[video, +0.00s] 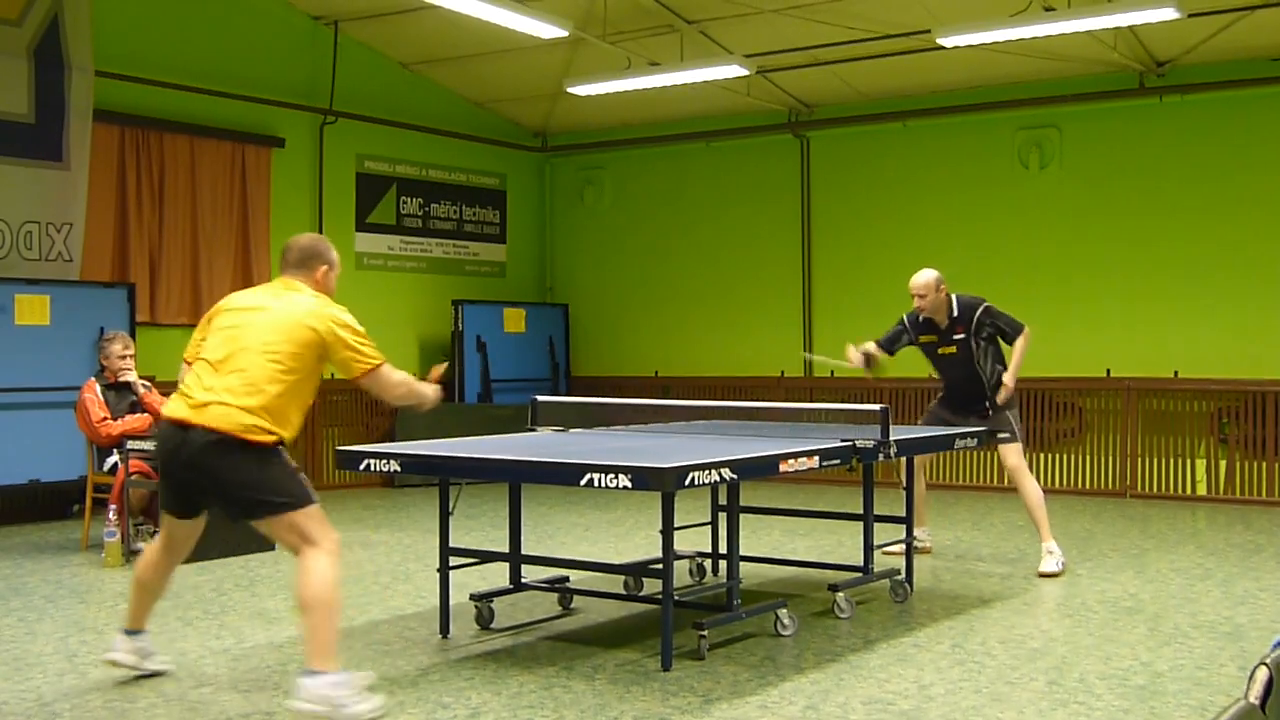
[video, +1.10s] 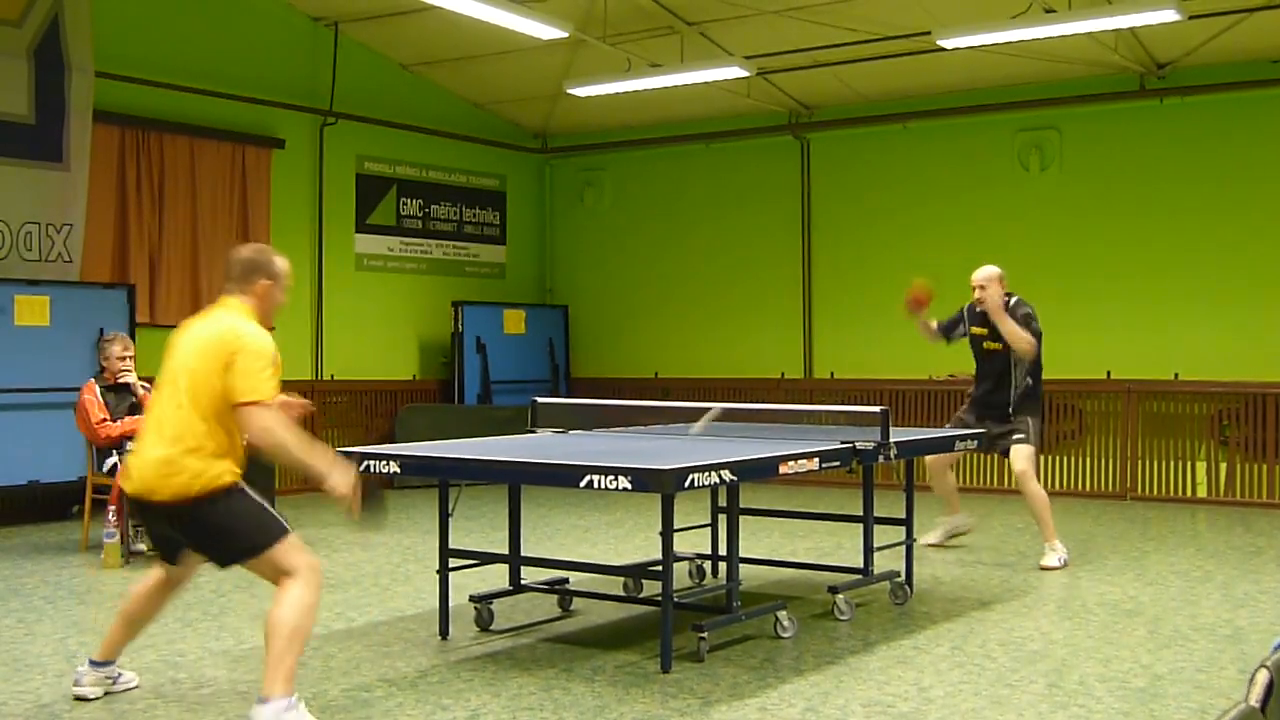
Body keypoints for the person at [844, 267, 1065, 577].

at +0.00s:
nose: (917, 303)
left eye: (922, 296)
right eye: (913, 297)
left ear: (942, 292)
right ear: (912, 295)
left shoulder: (974, 309)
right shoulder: (914, 322)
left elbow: (1020, 333)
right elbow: (882, 348)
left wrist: (1010, 378)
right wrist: (863, 351)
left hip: (993, 401)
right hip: (951, 402)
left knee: (1014, 464)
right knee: (912, 458)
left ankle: (1049, 547)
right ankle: (919, 535)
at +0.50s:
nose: (945, 291)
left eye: (951, 286)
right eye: (942, 286)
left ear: (971, 287)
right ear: (942, 289)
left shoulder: (999, 309)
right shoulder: (946, 319)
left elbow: (1035, 346)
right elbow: (930, 351)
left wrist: (1009, 386)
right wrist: (912, 369)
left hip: (1023, 399)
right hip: (981, 399)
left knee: (1042, 466)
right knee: (950, 458)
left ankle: (1070, 543)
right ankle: (954, 531)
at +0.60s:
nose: (943, 296)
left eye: (949, 289)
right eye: (941, 291)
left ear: (969, 289)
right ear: (941, 294)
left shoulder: (999, 312)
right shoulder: (948, 324)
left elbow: (1035, 350)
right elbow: (938, 366)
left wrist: (1012, 390)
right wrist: (920, 395)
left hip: (1024, 400)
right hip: (982, 400)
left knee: (1041, 466)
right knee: (952, 460)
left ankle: (1070, 543)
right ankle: (954, 532)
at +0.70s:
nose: (939, 304)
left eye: (944, 297)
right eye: (937, 298)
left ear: (965, 293)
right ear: (952, 297)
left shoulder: (995, 316)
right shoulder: (959, 328)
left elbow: (1026, 356)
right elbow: (976, 373)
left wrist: (992, 391)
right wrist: (959, 408)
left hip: (1027, 405)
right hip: (991, 404)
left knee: (1039, 475)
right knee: (956, 457)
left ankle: (1090, 542)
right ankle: (954, 531)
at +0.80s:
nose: (943, 303)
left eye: (946, 296)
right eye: (942, 297)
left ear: (966, 291)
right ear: (963, 293)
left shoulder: (992, 315)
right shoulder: (974, 321)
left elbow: (1018, 359)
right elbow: (992, 366)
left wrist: (974, 382)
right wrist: (971, 385)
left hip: (1027, 407)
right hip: (998, 405)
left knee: (1040, 478)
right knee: (963, 456)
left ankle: (1094, 544)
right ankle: (957, 530)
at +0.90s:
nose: (960, 291)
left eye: (963, 285)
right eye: (959, 286)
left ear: (980, 282)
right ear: (975, 284)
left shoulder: (1007, 303)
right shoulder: (983, 306)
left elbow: (986, 348)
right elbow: (961, 341)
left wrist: (963, 313)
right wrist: (932, 336)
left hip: (1023, 402)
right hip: (994, 400)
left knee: (1026, 470)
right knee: (965, 455)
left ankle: (1084, 533)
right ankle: (974, 529)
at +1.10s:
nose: (976, 294)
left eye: (982, 288)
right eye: (973, 289)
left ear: (1001, 287)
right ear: (972, 290)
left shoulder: (1020, 310)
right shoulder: (971, 312)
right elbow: (939, 332)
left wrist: (997, 314)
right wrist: (920, 317)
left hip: (1020, 409)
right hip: (981, 406)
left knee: (1022, 470)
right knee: (935, 459)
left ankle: (1053, 544)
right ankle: (955, 518)